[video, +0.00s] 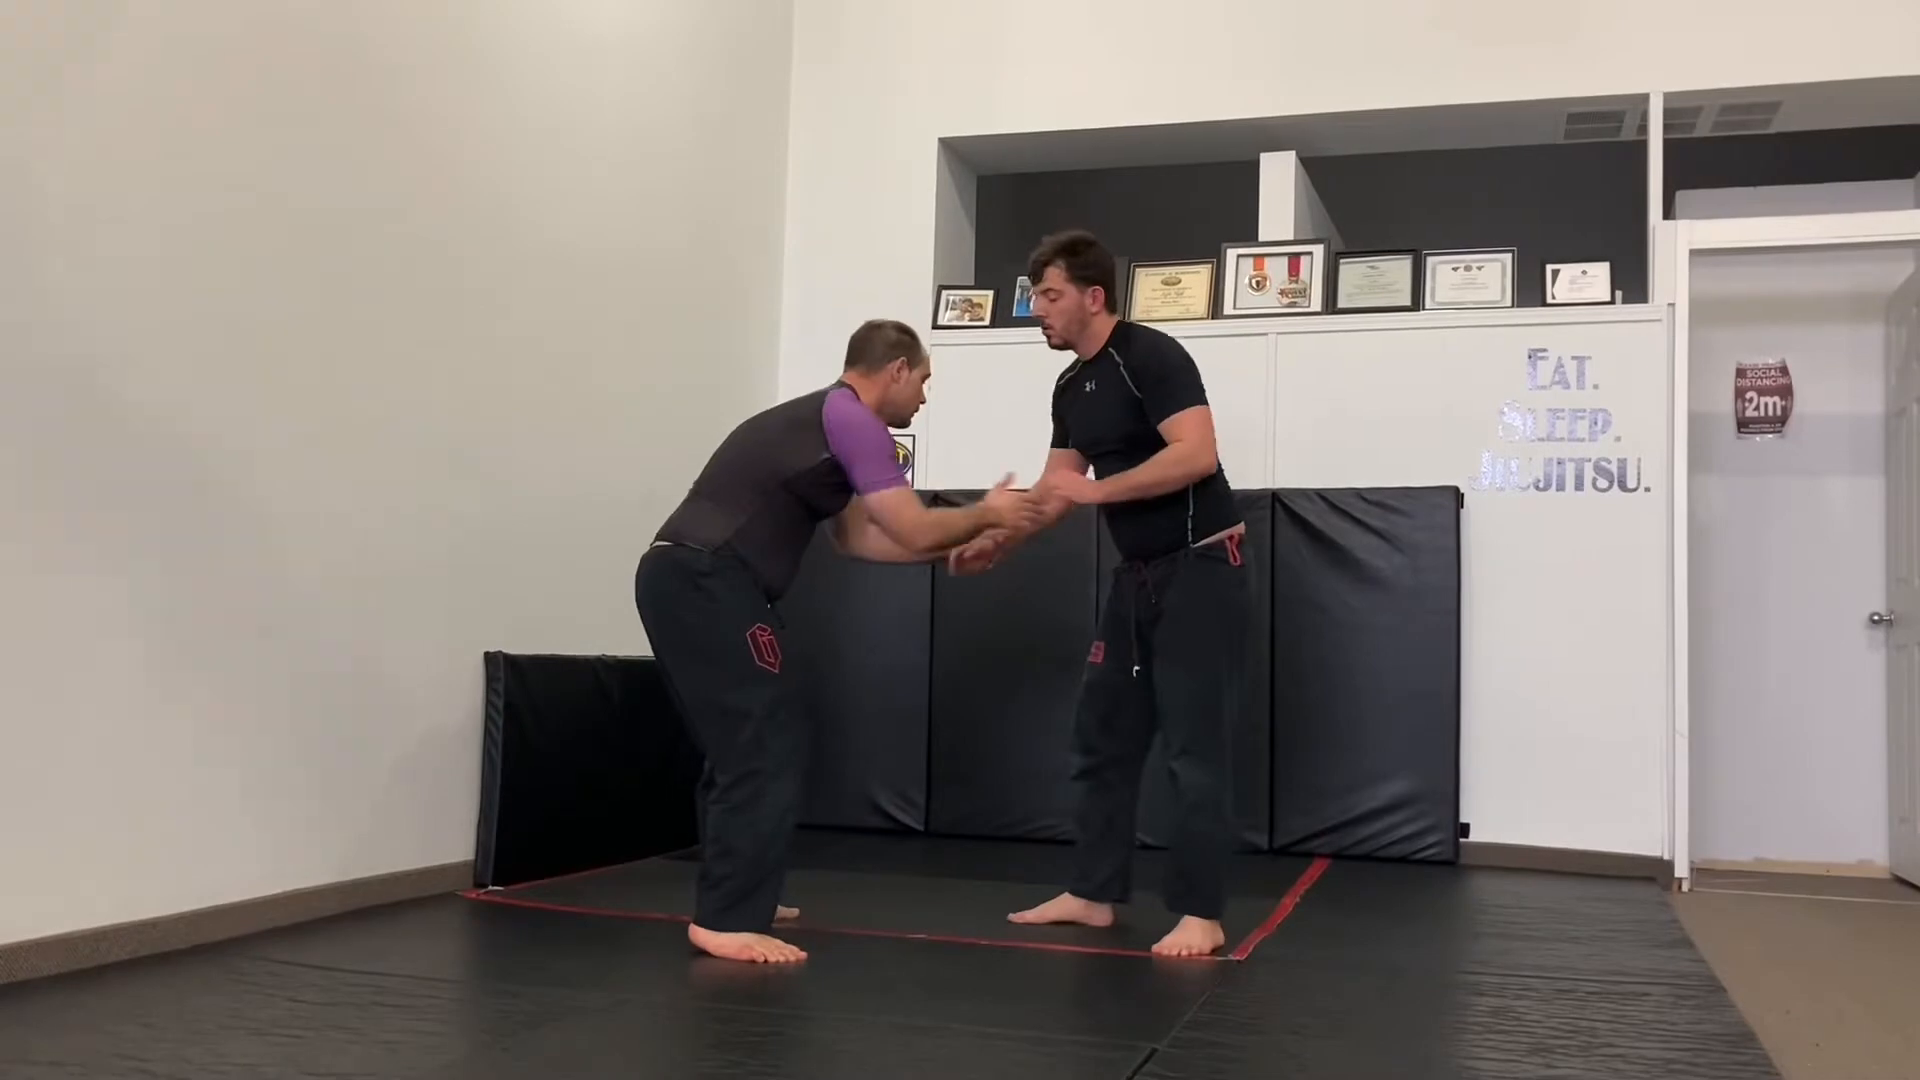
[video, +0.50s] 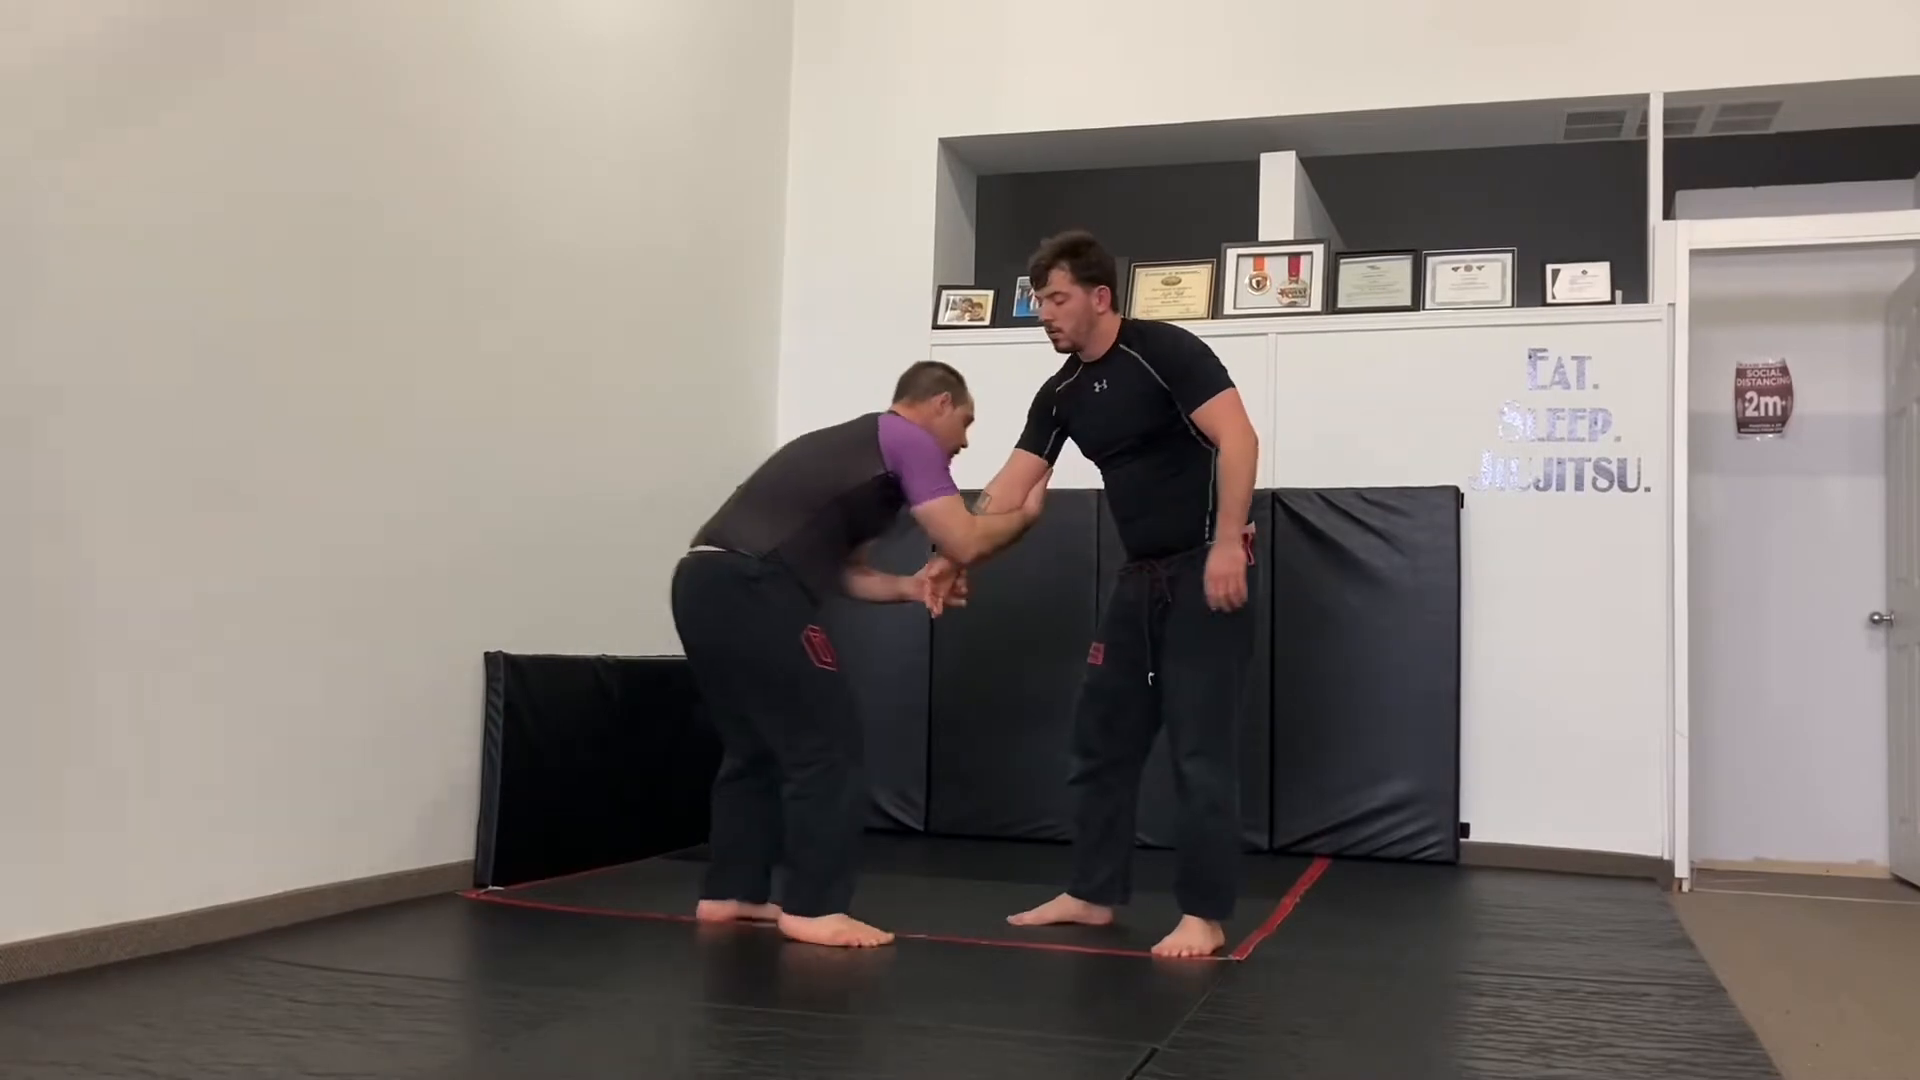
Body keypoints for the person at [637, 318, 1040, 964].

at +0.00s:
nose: (922, 397)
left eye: (924, 384)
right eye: (921, 382)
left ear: (863, 371)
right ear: (895, 372)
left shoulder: (821, 417)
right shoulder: (853, 419)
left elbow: (860, 537)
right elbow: (916, 527)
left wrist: (953, 544)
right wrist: (987, 512)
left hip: (683, 575)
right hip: (706, 581)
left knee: (743, 742)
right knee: (766, 740)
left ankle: (739, 894)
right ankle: (726, 917)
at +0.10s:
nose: (922, 404)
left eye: (924, 390)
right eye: (920, 388)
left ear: (865, 381)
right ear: (892, 379)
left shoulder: (821, 432)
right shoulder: (859, 423)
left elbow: (849, 551)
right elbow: (949, 513)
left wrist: (941, 562)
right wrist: (1030, 503)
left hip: (683, 575)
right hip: (703, 580)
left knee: (743, 743)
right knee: (760, 743)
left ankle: (736, 896)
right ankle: (725, 917)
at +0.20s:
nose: (925, 412)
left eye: (926, 398)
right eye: (922, 396)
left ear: (867, 387)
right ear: (894, 386)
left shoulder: (821, 440)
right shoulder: (866, 426)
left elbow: (834, 556)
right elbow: (963, 502)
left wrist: (925, 570)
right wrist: (1048, 496)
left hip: (680, 576)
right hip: (705, 580)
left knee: (742, 740)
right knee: (771, 738)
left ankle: (734, 893)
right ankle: (730, 907)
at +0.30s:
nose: (931, 422)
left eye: (933, 408)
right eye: (929, 405)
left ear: (871, 392)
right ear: (901, 391)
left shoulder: (825, 441)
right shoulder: (872, 431)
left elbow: (830, 562)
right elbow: (967, 510)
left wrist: (918, 577)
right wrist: (1036, 495)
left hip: (673, 576)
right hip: (715, 579)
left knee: (730, 743)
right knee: (793, 729)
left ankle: (718, 897)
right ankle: (767, 902)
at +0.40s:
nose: (944, 434)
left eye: (948, 420)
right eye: (945, 417)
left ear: (884, 399)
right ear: (918, 400)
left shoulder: (833, 442)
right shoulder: (887, 436)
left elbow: (835, 570)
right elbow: (963, 532)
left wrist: (916, 579)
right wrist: (1024, 511)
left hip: (683, 576)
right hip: (732, 580)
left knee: (734, 743)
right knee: (800, 736)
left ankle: (724, 892)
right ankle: (799, 902)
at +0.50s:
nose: (965, 441)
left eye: (967, 427)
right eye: (965, 423)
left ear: (907, 404)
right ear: (941, 405)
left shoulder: (851, 444)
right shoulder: (908, 438)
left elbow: (826, 570)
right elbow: (963, 541)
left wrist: (912, 586)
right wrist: (1020, 516)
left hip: (703, 580)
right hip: (755, 586)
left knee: (751, 746)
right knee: (824, 742)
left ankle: (730, 891)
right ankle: (814, 908)